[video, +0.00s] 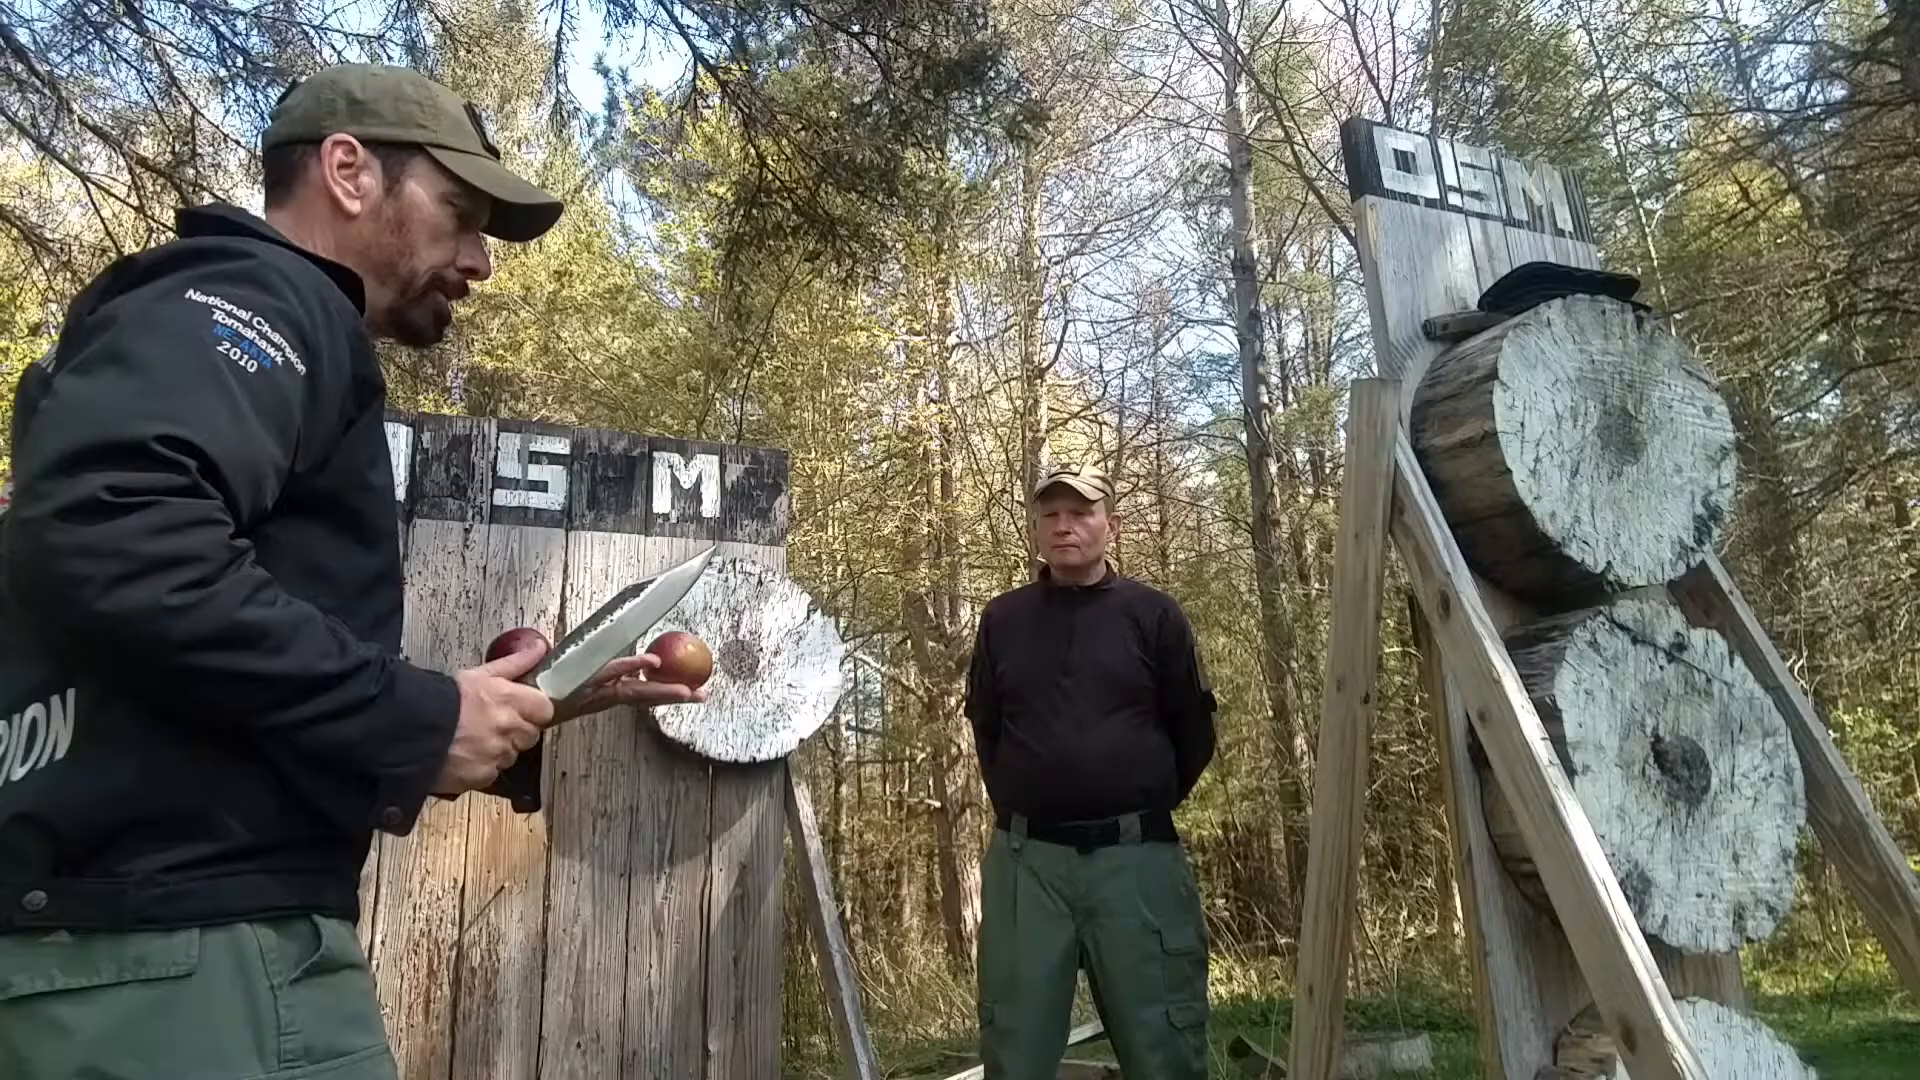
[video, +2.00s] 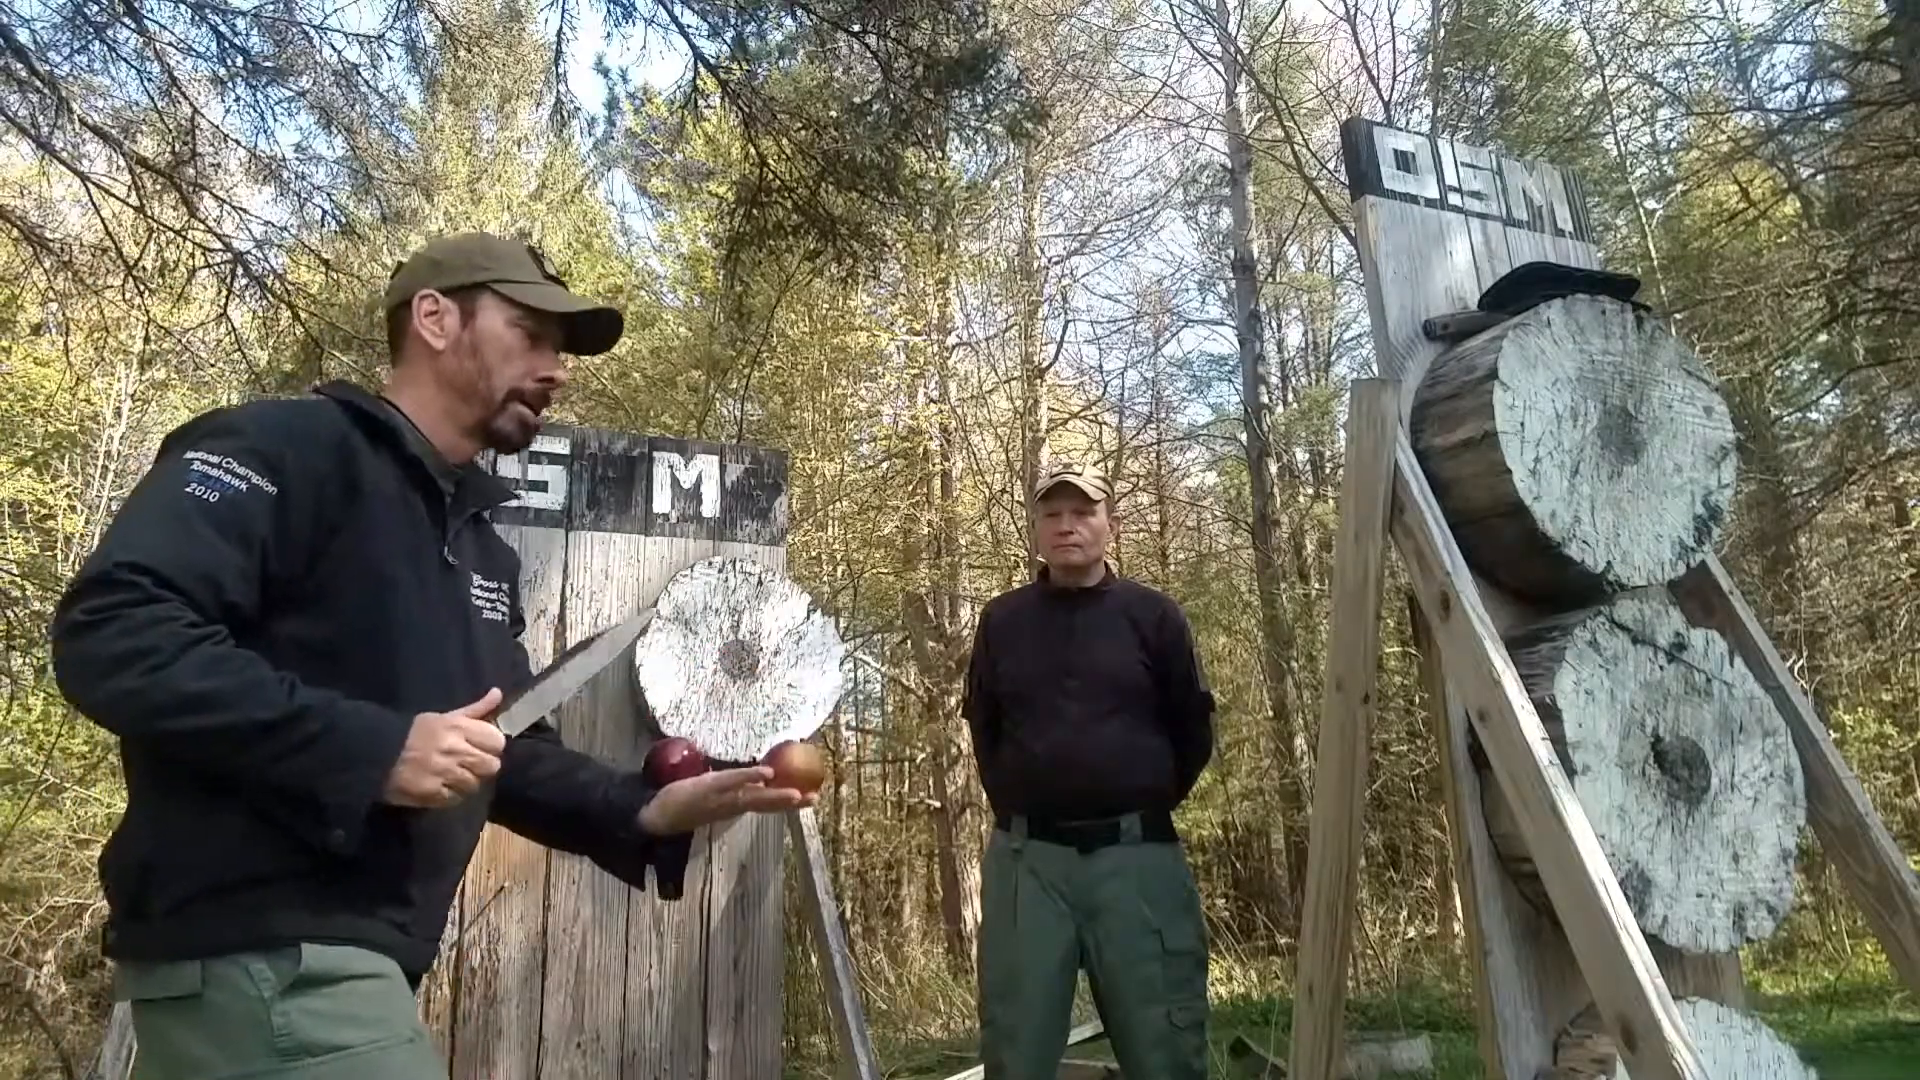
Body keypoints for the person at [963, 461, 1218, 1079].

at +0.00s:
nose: (1064, 525)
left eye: (1080, 513)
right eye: (1051, 515)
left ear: (1109, 528)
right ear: (1033, 534)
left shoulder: (1154, 614)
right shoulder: (1001, 618)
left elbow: (1195, 732)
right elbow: (985, 728)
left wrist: (1141, 812)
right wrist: (1030, 813)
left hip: (1137, 859)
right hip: (1025, 861)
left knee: (1162, 1052)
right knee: (1016, 1054)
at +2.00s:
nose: (1067, 526)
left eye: (1082, 513)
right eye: (1052, 515)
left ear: (1109, 527)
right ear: (1034, 534)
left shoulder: (1153, 614)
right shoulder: (1000, 619)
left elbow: (1194, 730)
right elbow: (984, 731)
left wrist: (1142, 813)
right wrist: (1026, 818)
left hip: (1138, 860)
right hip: (1025, 861)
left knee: (1164, 1058)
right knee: (1016, 1058)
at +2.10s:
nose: (1067, 526)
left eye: (1082, 513)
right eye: (1053, 515)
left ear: (1110, 528)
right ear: (1034, 533)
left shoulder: (1154, 614)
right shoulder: (1000, 619)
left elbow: (1194, 729)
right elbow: (983, 731)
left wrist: (1142, 813)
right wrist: (1025, 818)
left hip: (1138, 860)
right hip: (1025, 862)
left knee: (1164, 1058)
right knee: (1016, 1058)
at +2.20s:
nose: (1068, 525)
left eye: (1082, 512)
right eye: (1053, 515)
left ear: (1110, 528)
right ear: (1034, 533)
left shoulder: (1154, 614)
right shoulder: (1000, 620)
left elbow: (1194, 730)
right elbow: (984, 732)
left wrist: (1141, 813)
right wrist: (1026, 819)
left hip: (1139, 860)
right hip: (1025, 861)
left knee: (1164, 1057)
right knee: (1016, 1058)